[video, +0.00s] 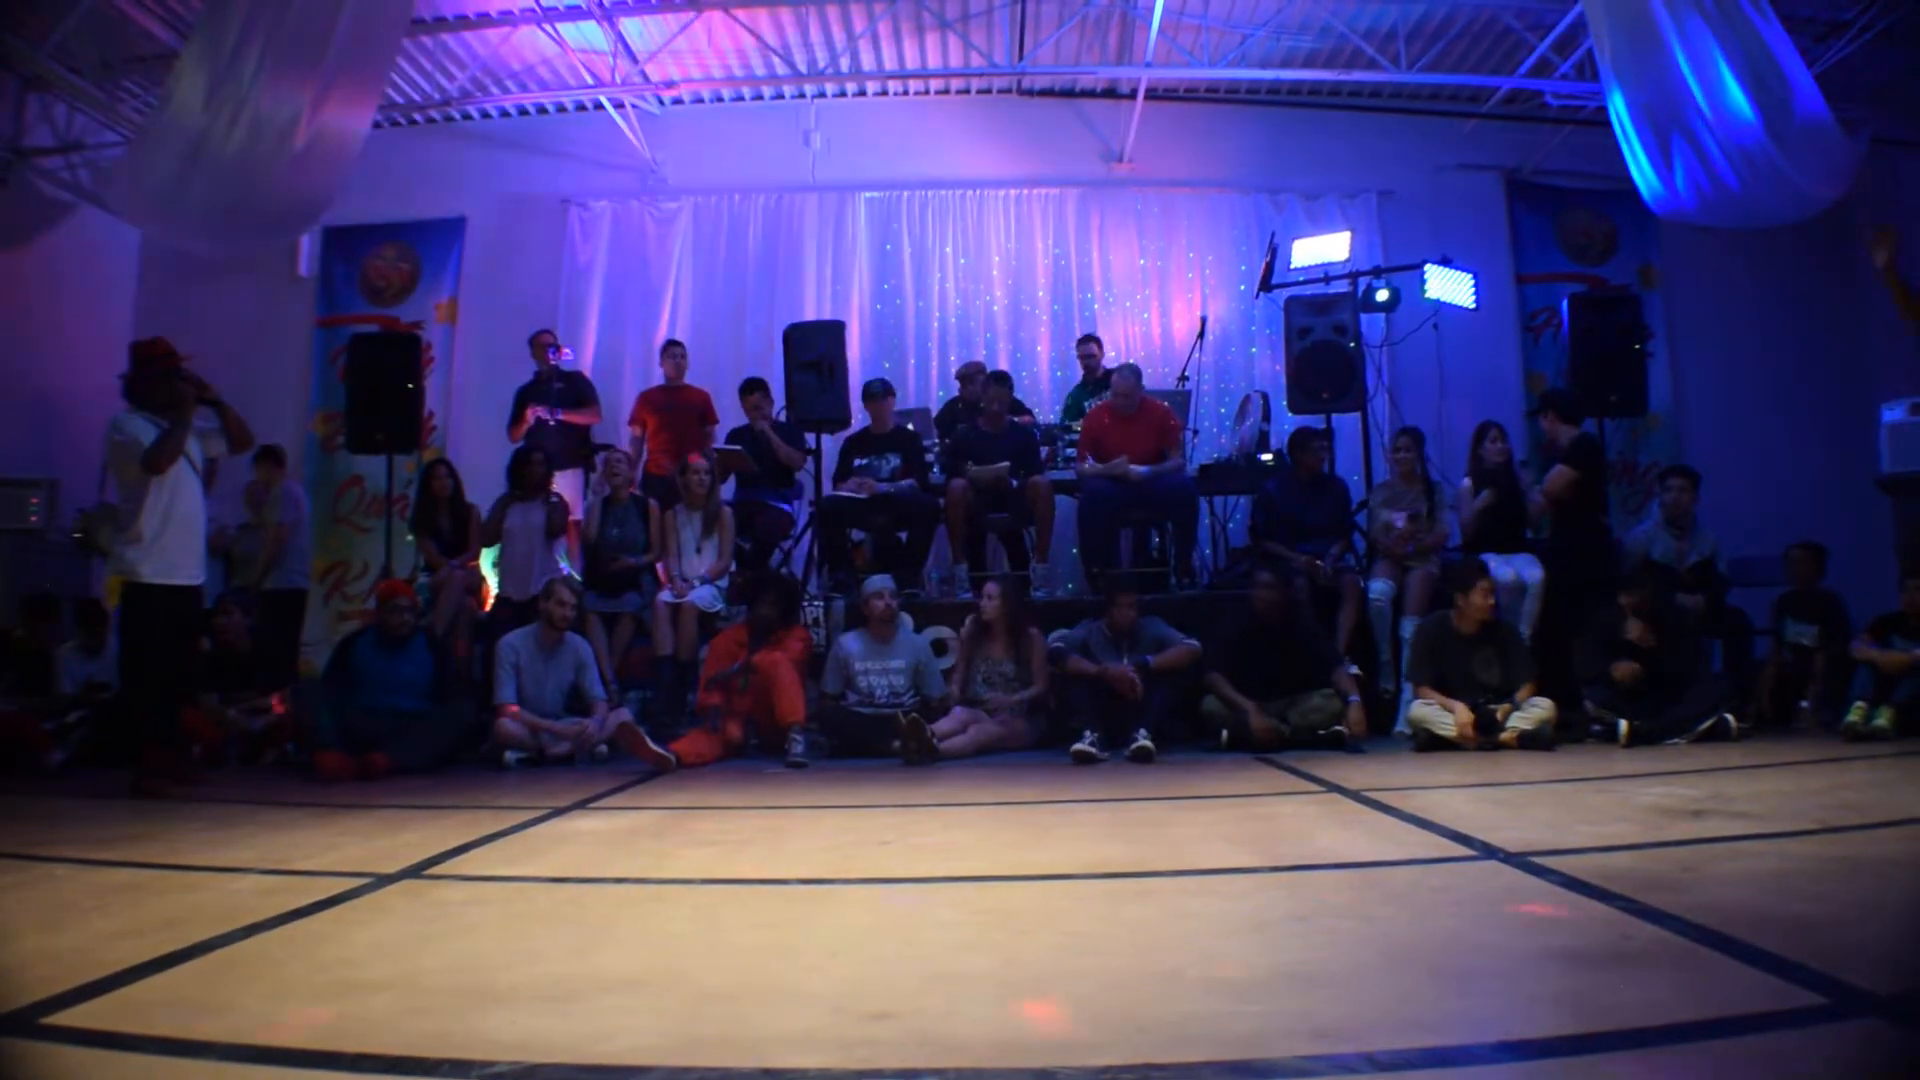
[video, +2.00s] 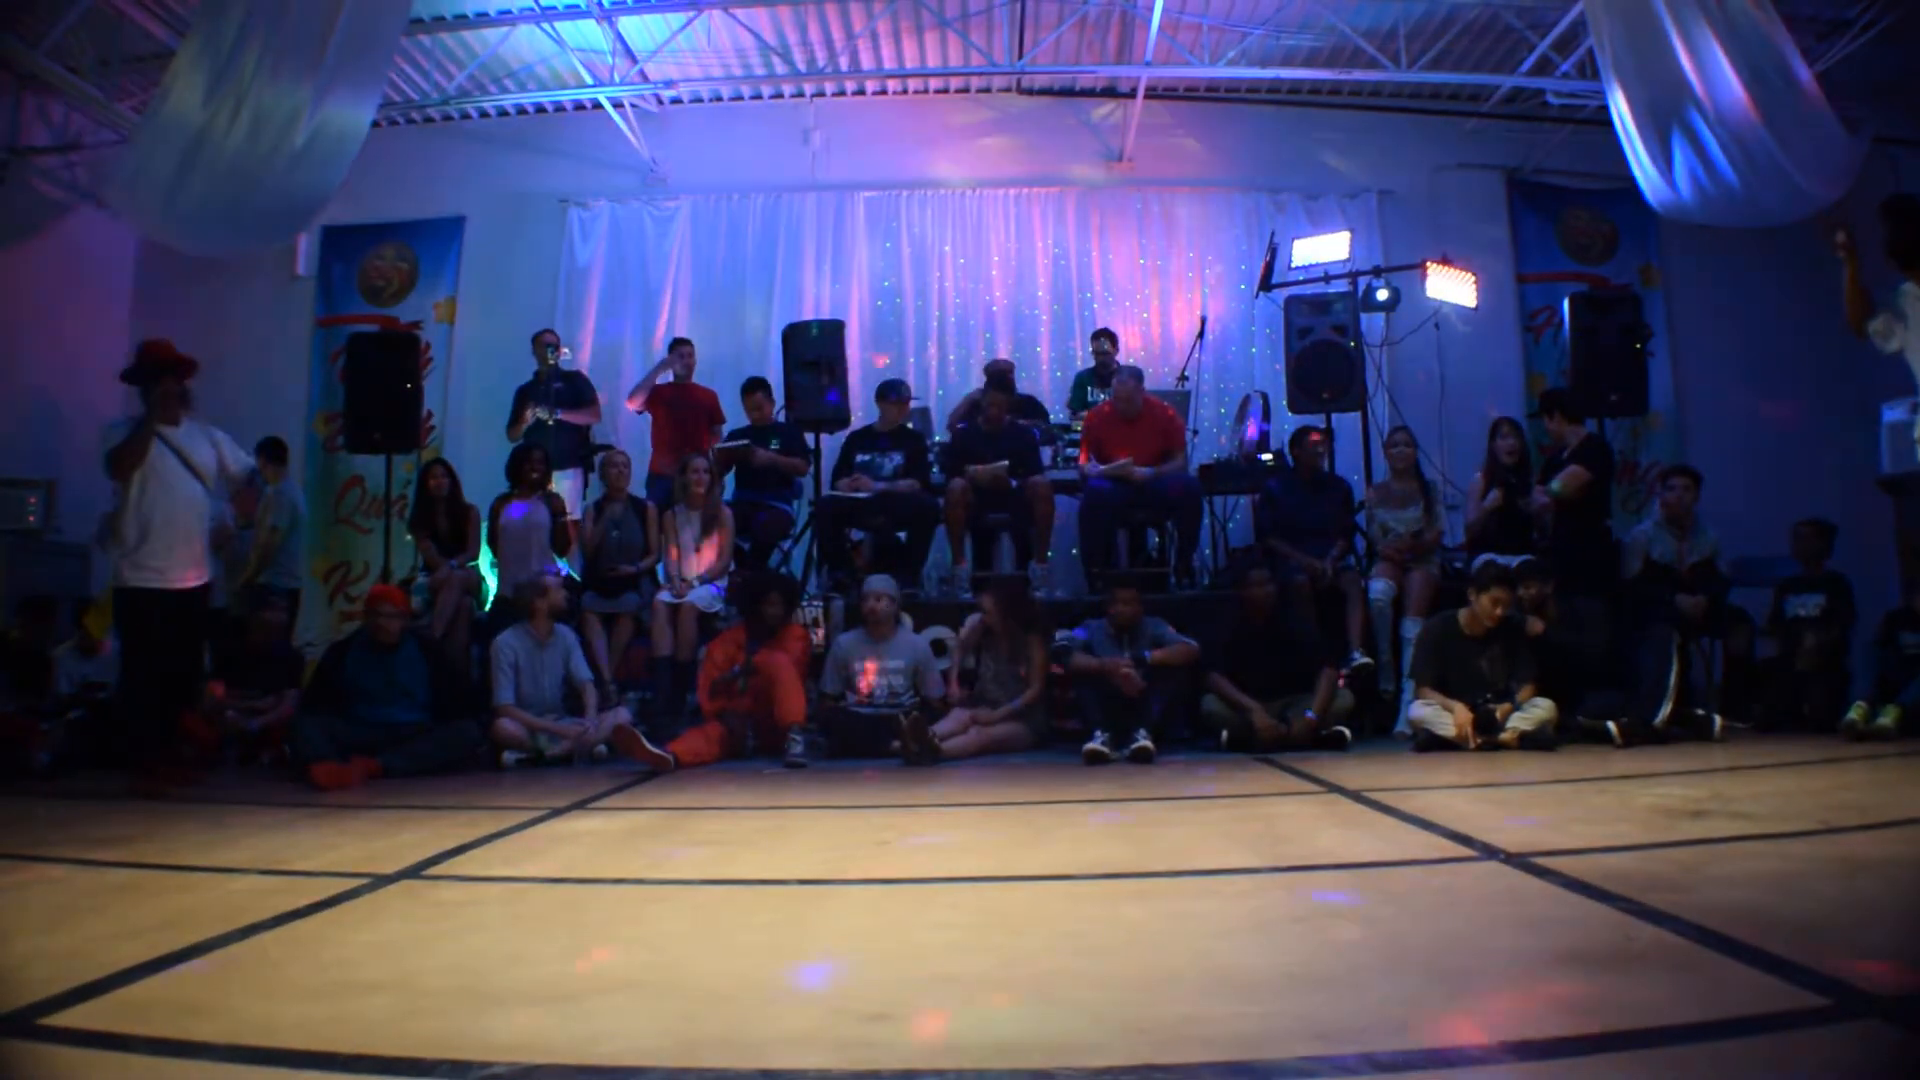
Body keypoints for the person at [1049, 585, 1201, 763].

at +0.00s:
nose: (1128, 614)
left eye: (1132, 607)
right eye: (1122, 608)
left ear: (1138, 609)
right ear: (1109, 609)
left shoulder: (1150, 628)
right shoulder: (1091, 631)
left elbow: (1192, 649)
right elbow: (1055, 651)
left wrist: (1143, 665)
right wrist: (1105, 673)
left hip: (1143, 705)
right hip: (1103, 706)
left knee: (1165, 672)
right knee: (1079, 672)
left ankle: (1143, 734)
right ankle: (1091, 736)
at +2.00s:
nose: (1124, 610)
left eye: (1129, 604)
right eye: (1119, 604)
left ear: (1139, 607)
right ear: (1110, 608)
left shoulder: (1153, 628)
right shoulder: (1094, 630)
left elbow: (1190, 650)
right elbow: (1063, 653)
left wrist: (1143, 660)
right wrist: (1112, 668)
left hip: (1145, 700)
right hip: (1106, 700)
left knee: (1168, 672)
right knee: (1088, 673)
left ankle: (1143, 734)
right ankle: (1100, 734)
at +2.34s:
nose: (1131, 609)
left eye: (1138, 603)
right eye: (1125, 603)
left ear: (1147, 607)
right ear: (1114, 607)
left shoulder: (1156, 628)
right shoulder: (1097, 629)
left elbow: (1194, 651)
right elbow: (1067, 652)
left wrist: (1145, 662)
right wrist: (1114, 670)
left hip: (1148, 700)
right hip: (1109, 700)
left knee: (1172, 672)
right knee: (1089, 674)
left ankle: (1144, 734)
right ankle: (1101, 734)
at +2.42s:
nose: (1151, 610)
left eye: (1154, 604)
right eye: (1144, 604)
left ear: (1157, 606)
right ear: (1124, 607)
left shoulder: (1158, 629)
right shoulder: (1098, 629)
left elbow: (1194, 651)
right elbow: (1067, 650)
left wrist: (1146, 661)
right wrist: (1114, 669)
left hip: (1148, 702)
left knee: (1173, 670)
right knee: (1088, 672)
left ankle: (1144, 733)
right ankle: (1101, 734)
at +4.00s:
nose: (1133, 606)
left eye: (1132, 600)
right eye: (1125, 601)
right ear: (1105, 610)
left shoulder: (1143, 627)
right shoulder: (1086, 633)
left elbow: (1185, 647)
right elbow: (1053, 652)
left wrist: (1136, 659)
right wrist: (1105, 668)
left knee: (1160, 668)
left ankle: (1142, 734)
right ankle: (1099, 734)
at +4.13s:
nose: (1131, 606)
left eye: (1130, 599)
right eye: (1123, 600)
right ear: (1104, 609)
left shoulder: (1141, 631)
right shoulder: (1085, 635)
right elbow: (1069, 662)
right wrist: (1109, 668)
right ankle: (1092, 734)